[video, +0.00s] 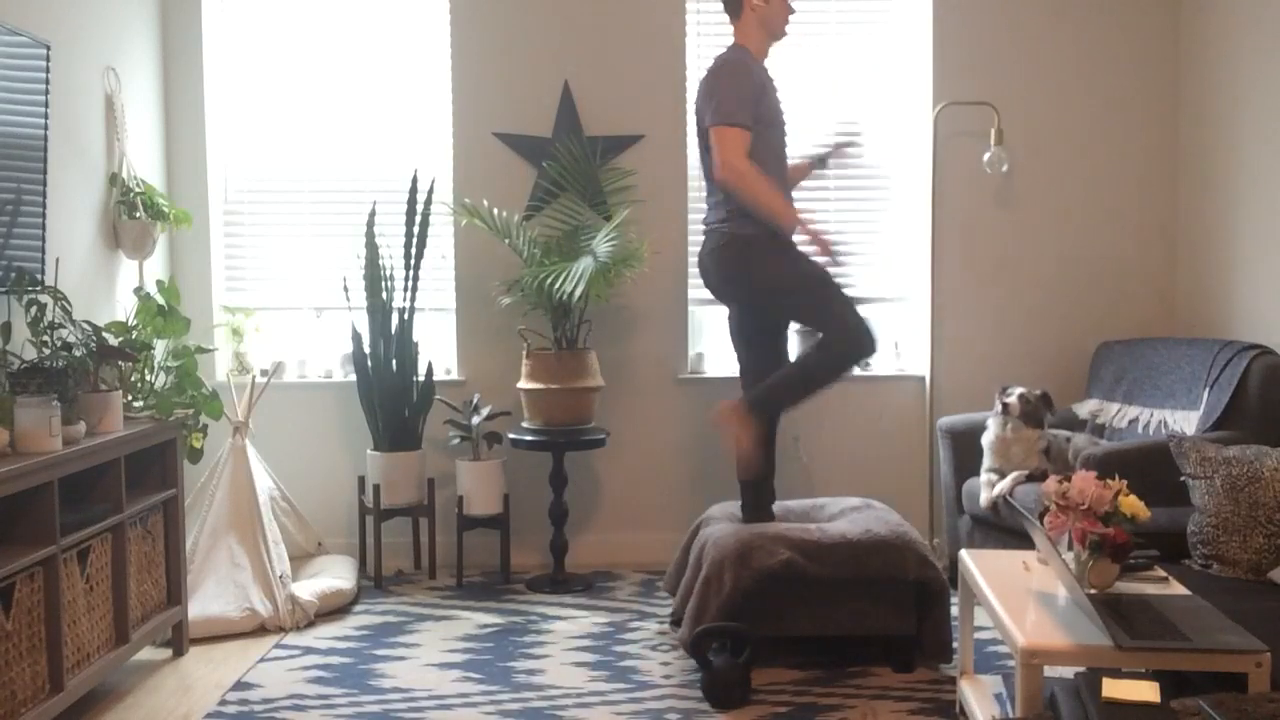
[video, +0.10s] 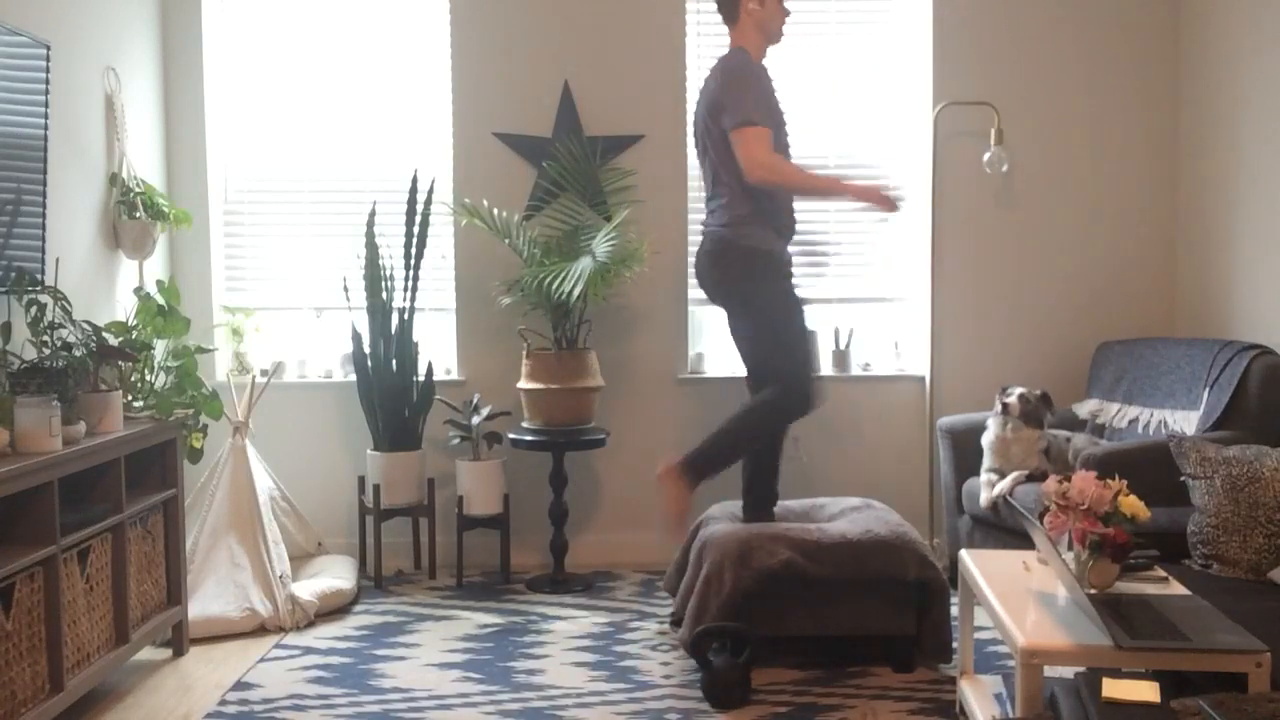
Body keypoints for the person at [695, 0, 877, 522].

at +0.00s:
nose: (789, 11)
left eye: (787, 3)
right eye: (781, 2)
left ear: (753, 11)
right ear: (752, 6)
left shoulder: (746, 74)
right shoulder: (735, 69)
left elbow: (760, 180)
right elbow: (729, 167)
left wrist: (816, 163)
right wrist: (801, 224)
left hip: (742, 249)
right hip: (748, 248)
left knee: (761, 401)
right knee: (853, 336)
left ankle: (759, 532)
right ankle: (751, 409)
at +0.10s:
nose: (786, 12)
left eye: (783, 4)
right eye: (779, 3)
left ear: (747, 12)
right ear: (752, 8)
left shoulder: (729, 74)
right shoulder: (742, 71)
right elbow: (758, 165)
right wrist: (850, 189)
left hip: (737, 253)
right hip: (747, 255)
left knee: (771, 397)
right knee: (795, 393)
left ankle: (759, 531)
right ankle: (683, 475)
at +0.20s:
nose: (782, 26)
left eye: (778, 16)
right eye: (773, 17)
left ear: (741, 28)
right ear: (745, 25)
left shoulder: (714, 98)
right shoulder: (745, 89)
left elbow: (710, 196)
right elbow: (784, 174)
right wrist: (874, 162)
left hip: (727, 272)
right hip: (734, 274)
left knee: (800, 395)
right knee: (734, 416)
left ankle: (761, 533)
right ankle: (648, 535)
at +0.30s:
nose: (777, 59)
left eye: (774, 48)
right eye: (769, 48)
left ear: (734, 59)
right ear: (741, 56)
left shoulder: (708, 131)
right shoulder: (737, 123)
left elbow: (679, 228)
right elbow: (805, 196)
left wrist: (690, 293)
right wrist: (866, 150)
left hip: (721, 307)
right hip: (712, 309)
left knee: (809, 405)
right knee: (684, 449)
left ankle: (760, 530)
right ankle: (636, 582)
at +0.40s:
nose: (764, 94)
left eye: (761, 83)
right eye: (755, 83)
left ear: (721, 94)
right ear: (726, 92)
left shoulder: (696, 163)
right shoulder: (721, 160)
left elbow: (661, 256)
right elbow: (800, 225)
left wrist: (658, 339)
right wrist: (830, 160)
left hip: (717, 344)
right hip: (696, 347)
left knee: (814, 407)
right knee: (671, 485)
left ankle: (762, 529)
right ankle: (616, 618)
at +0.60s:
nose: (727, 112)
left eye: (724, 101)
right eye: (719, 101)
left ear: (687, 109)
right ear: (690, 107)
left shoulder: (668, 177)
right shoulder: (675, 177)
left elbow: (732, 263)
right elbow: (741, 259)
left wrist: (748, 205)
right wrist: (755, 189)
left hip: (681, 350)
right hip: (656, 359)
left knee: (793, 376)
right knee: (649, 509)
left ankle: (754, 499)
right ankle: (601, 639)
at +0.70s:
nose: (709, 102)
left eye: (706, 92)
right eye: (701, 92)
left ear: (671, 99)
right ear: (671, 98)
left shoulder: (664, 166)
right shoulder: (659, 166)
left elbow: (713, 261)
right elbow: (716, 250)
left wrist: (730, 207)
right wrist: (742, 186)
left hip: (669, 342)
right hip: (642, 352)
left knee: (779, 362)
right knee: (632, 501)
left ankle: (710, 464)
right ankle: (601, 638)